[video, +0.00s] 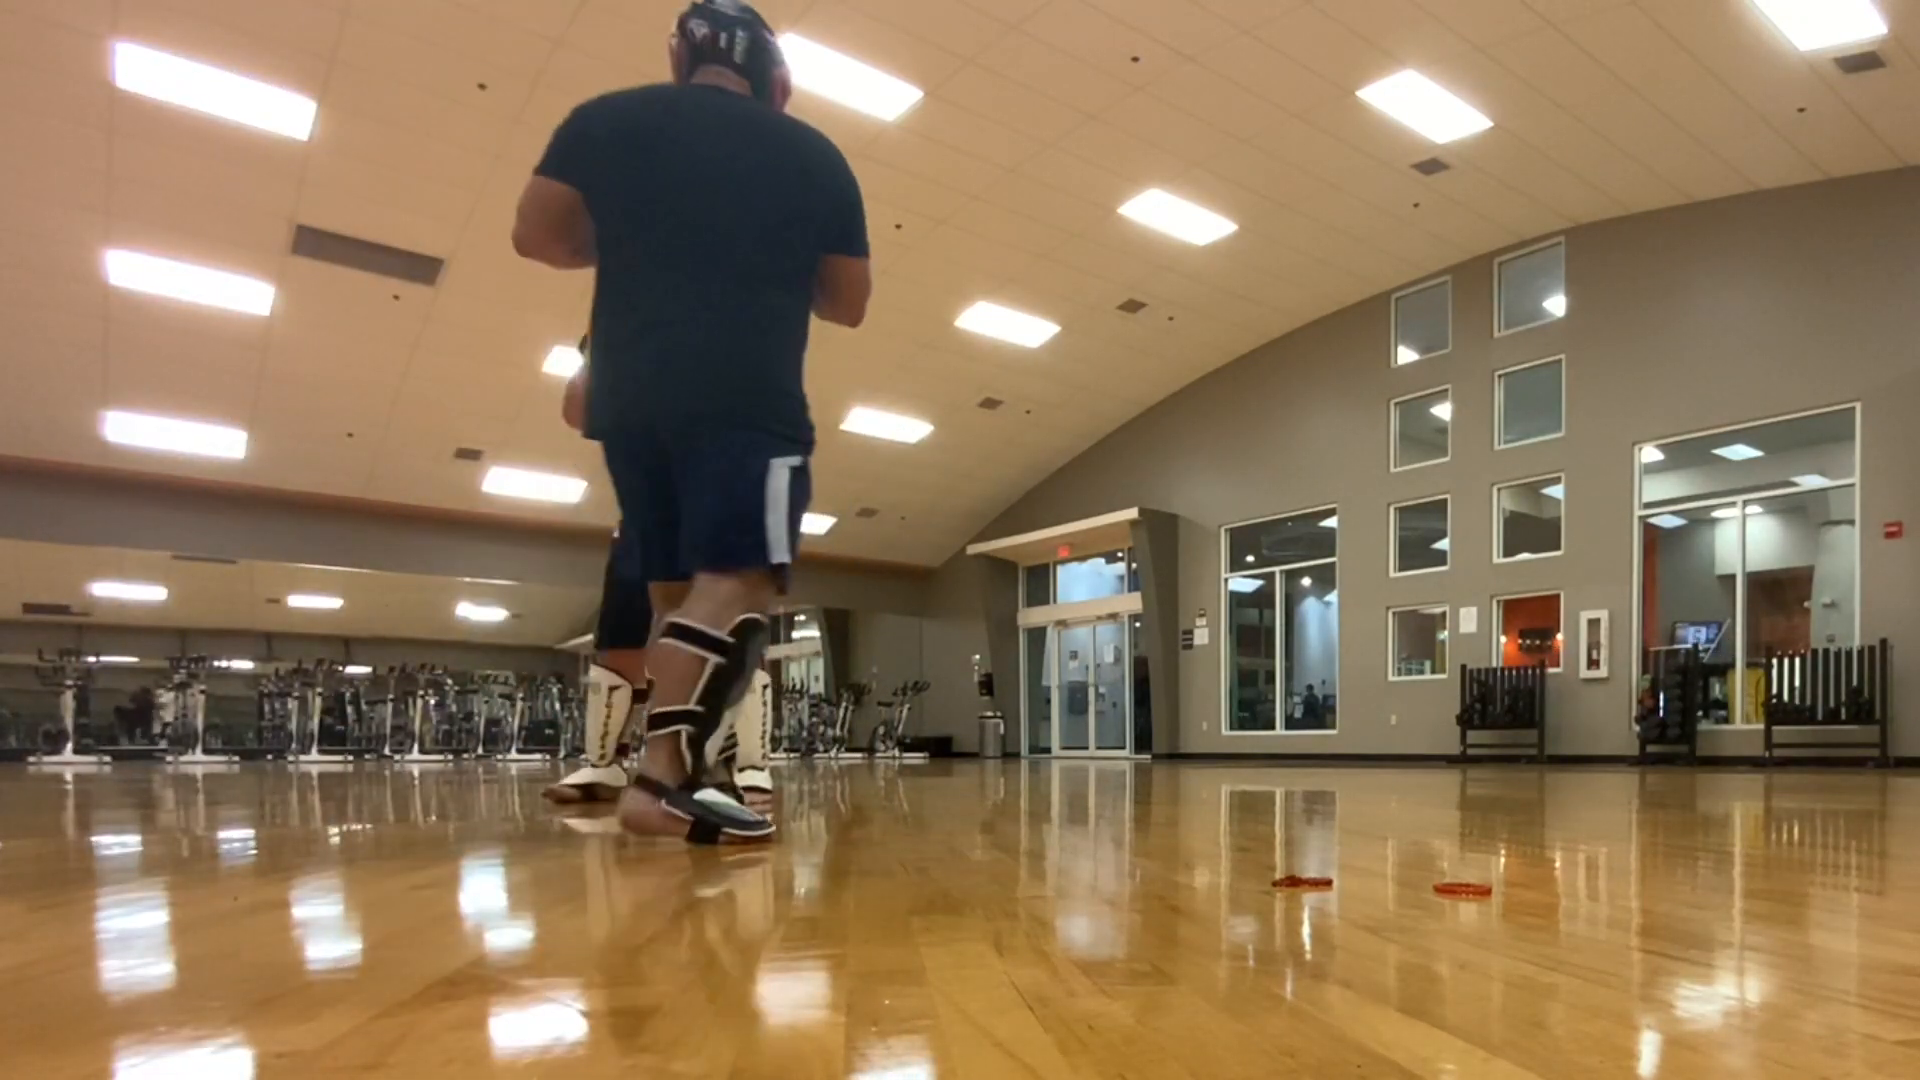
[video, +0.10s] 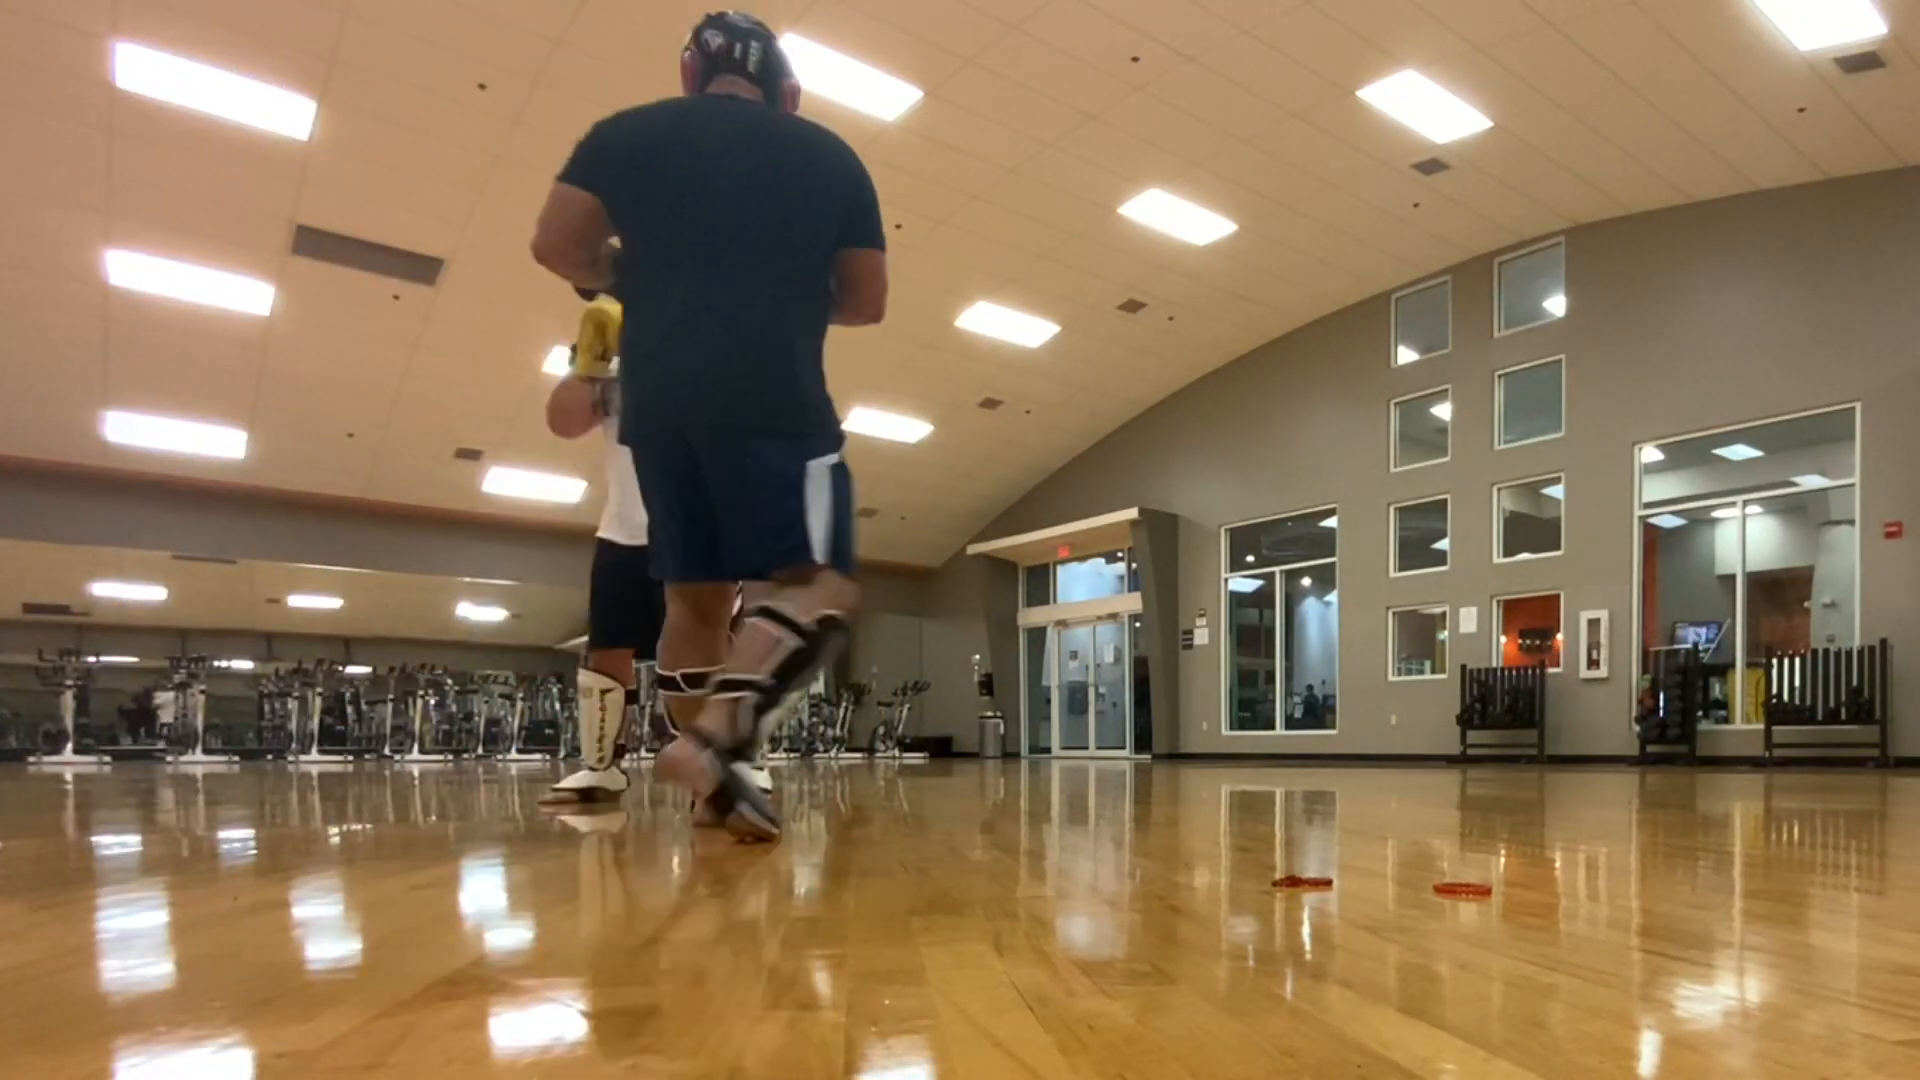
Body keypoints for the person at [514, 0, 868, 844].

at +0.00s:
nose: (791, 96)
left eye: (670, 54)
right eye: (790, 87)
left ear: (677, 61)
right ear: (775, 85)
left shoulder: (608, 118)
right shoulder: (810, 155)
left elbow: (537, 234)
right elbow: (847, 302)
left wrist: (636, 234)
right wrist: (764, 256)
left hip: (634, 393)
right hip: (747, 391)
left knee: (670, 587)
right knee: (741, 576)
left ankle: (683, 782)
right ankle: (657, 780)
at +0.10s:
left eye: (680, 73)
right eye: (797, 95)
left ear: (688, 75)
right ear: (783, 94)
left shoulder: (627, 132)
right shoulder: (825, 156)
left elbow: (556, 244)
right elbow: (865, 303)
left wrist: (636, 276)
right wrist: (775, 291)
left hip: (661, 403)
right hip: (775, 401)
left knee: (694, 603)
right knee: (816, 580)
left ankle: (713, 790)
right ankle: (719, 730)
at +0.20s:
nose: (693, 94)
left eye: (695, 84)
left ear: (703, 82)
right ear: (795, 99)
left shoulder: (650, 147)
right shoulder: (841, 160)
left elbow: (594, 264)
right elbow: (882, 302)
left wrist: (682, 272)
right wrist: (792, 271)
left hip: (687, 415)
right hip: (802, 408)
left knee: (705, 597)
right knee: (877, 569)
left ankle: (715, 796)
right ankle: (800, 725)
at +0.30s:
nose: (718, 104)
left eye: (720, 94)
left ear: (728, 92)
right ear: (819, 107)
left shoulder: (682, 151)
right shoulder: (868, 168)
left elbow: (632, 274)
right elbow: (896, 305)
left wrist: (703, 236)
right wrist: (823, 259)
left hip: (716, 413)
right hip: (830, 406)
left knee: (720, 598)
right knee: (898, 567)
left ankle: (715, 790)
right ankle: (904, 748)